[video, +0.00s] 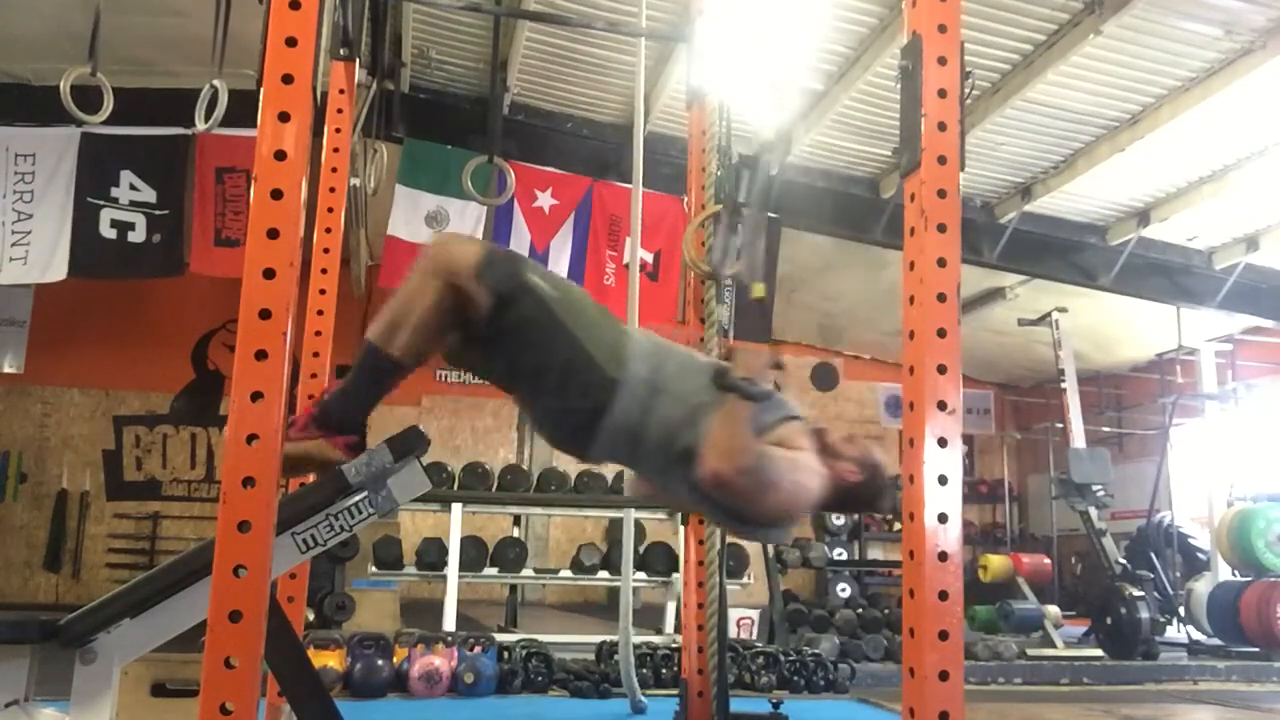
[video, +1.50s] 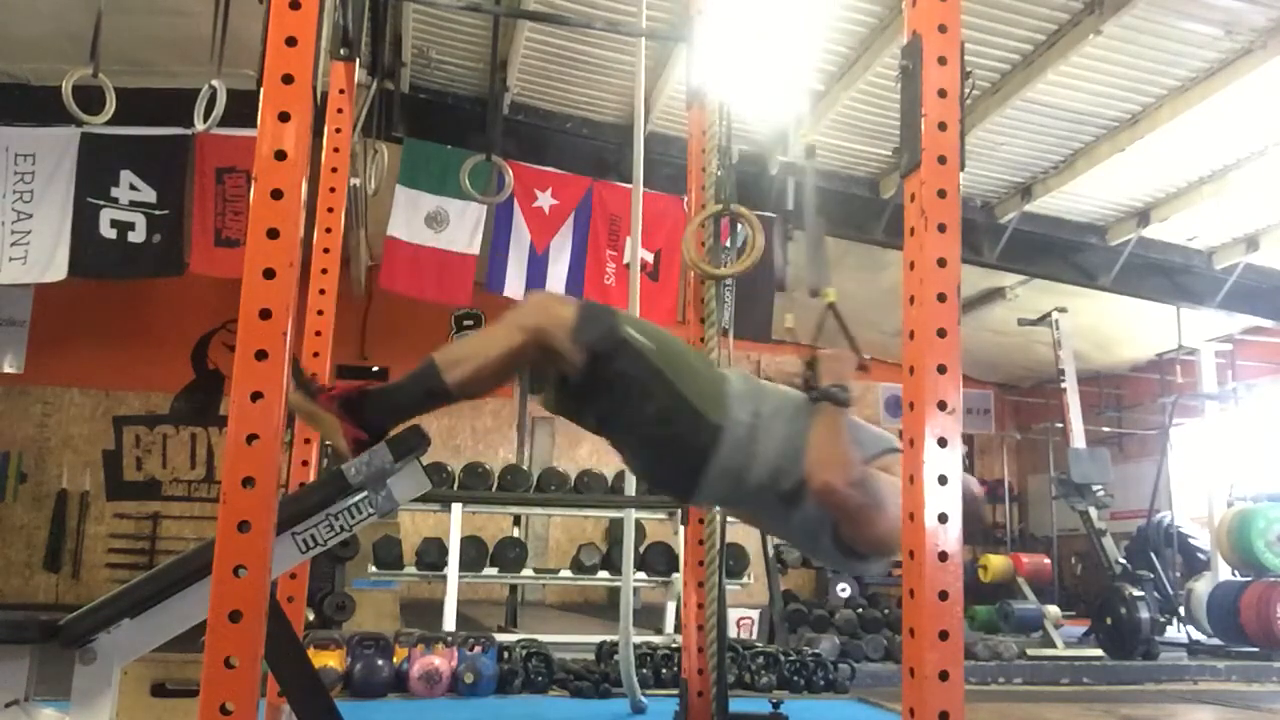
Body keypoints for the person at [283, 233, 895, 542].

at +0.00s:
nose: (855, 443)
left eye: (863, 458)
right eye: (864, 444)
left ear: (851, 479)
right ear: (847, 448)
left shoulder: (801, 481)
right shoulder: (791, 446)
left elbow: (722, 466)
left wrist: (754, 395)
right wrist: (755, 384)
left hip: (610, 390)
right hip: (610, 379)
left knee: (458, 259)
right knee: (450, 296)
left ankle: (342, 412)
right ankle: (339, 413)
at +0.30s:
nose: (748, 401)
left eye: (756, 414)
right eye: (759, 404)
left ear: (745, 442)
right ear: (743, 429)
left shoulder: (699, 449)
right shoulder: (687, 421)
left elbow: (617, 438)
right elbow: (558, 456)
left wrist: (651, 356)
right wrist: (652, 354)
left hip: (505, 351)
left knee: (324, 237)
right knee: (338, 289)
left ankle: (309, 421)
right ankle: (303, 421)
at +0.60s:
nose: (712, 371)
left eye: (723, 384)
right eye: (724, 376)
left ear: (713, 412)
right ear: (711, 413)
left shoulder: (665, 425)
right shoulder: (654, 395)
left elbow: (585, 427)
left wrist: (622, 343)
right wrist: (628, 336)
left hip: (462, 341)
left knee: (310, 249)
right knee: (311, 279)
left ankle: (302, 418)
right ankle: (299, 418)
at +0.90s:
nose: (747, 399)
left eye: (756, 411)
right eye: (758, 401)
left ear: (744, 438)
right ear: (743, 428)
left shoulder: (698, 448)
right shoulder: (689, 414)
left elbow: (616, 433)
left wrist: (648, 352)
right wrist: (655, 345)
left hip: (498, 355)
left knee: (319, 240)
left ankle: (302, 415)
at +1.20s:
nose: (843, 443)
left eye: (852, 458)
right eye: (852, 445)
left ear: (840, 484)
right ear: (835, 447)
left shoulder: (791, 484)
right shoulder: (779, 437)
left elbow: (719, 463)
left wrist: (734, 386)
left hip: (601, 388)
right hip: (603, 359)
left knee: (440, 263)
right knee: (436, 283)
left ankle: (321, 428)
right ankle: (324, 420)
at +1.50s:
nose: (927, 486)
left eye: (933, 502)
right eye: (939, 493)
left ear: (926, 534)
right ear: (934, 511)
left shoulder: (887, 535)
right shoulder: (879, 482)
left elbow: (831, 478)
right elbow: (847, 435)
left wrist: (833, 392)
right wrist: (851, 386)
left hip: (703, 434)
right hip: (702, 400)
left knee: (546, 315)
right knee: (537, 320)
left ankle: (368, 410)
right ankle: (378, 405)